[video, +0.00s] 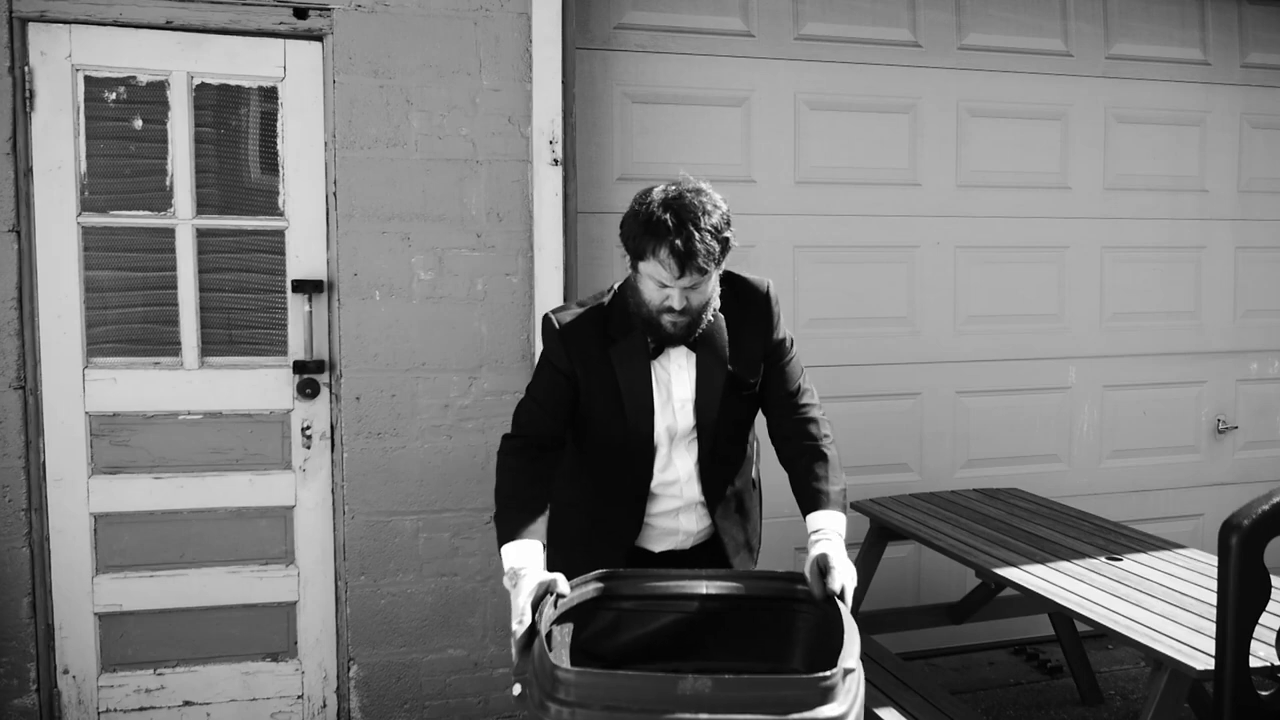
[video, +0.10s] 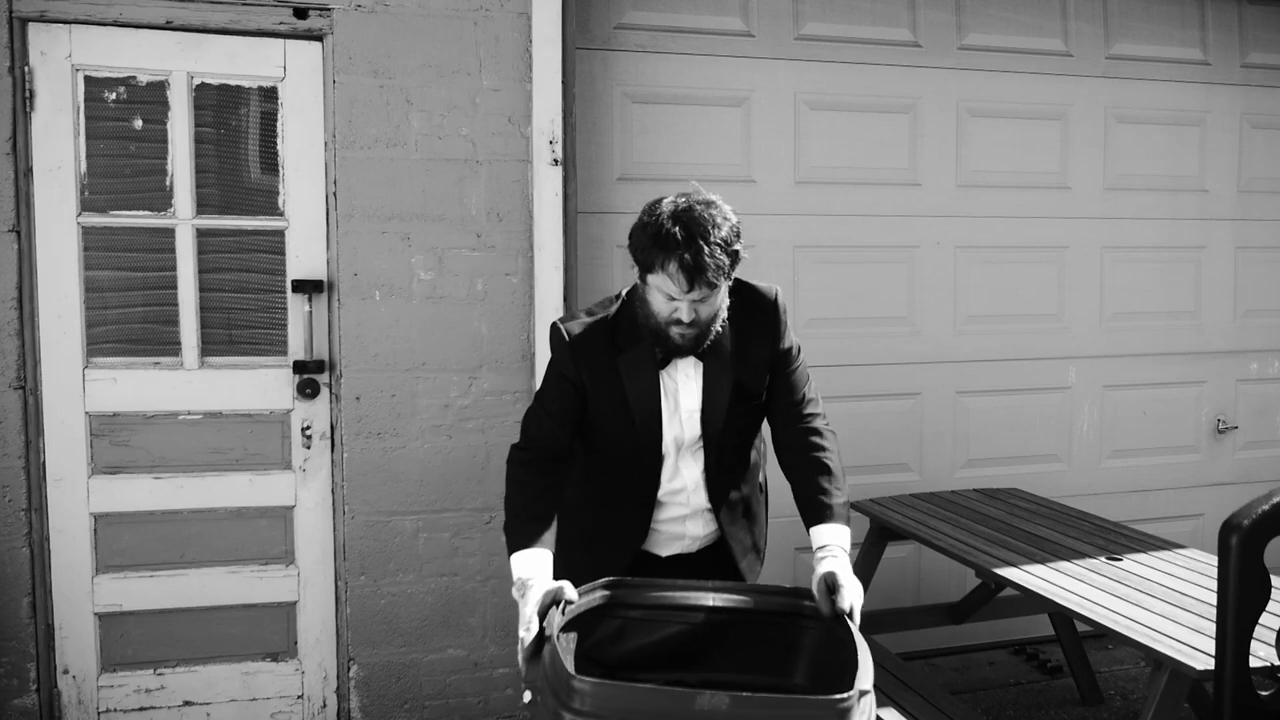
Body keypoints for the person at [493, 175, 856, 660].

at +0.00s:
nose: (677, 302)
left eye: (694, 286)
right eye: (661, 285)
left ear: (718, 268)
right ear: (633, 264)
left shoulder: (750, 313)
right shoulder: (576, 338)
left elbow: (801, 423)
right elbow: (527, 448)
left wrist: (827, 535)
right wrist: (525, 566)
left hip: (715, 559)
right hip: (607, 566)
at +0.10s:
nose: (685, 315)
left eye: (702, 300)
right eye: (670, 298)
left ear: (728, 280)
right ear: (642, 276)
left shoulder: (760, 319)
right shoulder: (584, 343)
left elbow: (805, 431)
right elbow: (535, 459)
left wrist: (831, 551)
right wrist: (533, 577)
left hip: (720, 562)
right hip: (612, 567)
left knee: (714, 706)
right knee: (607, 703)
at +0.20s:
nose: (692, 321)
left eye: (708, 305)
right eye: (676, 304)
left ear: (734, 286)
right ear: (648, 282)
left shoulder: (767, 321)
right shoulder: (591, 345)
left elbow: (812, 433)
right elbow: (544, 457)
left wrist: (834, 556)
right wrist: (537, 578)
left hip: (727, 563)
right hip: (619, 567)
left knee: (722, 705)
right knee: (613, 703)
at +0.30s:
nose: (696, 318)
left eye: (713, 302)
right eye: (680, 300)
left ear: (739, 282)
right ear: (654, 279)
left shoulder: (772, 318)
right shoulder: (596, 342)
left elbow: (817, 428)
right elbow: (549, 455)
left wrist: (841, 554)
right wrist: (540, 574)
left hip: (730, 564)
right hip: (622, 568)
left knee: (730, 706)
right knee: (618, 703)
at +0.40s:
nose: (700, 313)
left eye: (717, 297)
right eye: (684, 295)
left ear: (742, 277)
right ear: (658, 273)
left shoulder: (776, 317)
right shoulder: (600, 340)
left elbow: (822, 426)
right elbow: (555, 451)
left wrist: (847, 552)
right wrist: (545, 569)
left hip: (736, 562)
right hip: (629, 565)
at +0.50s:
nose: (705, 306)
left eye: (721, 290)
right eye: (689, 289)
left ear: (747, 273)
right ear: (661, 267)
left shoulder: (780, 313)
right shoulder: (604, 334)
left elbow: (825, 422)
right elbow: (558, 444)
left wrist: (848, 545)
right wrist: (547, 561)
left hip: (739, 562)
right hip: (632, 565)